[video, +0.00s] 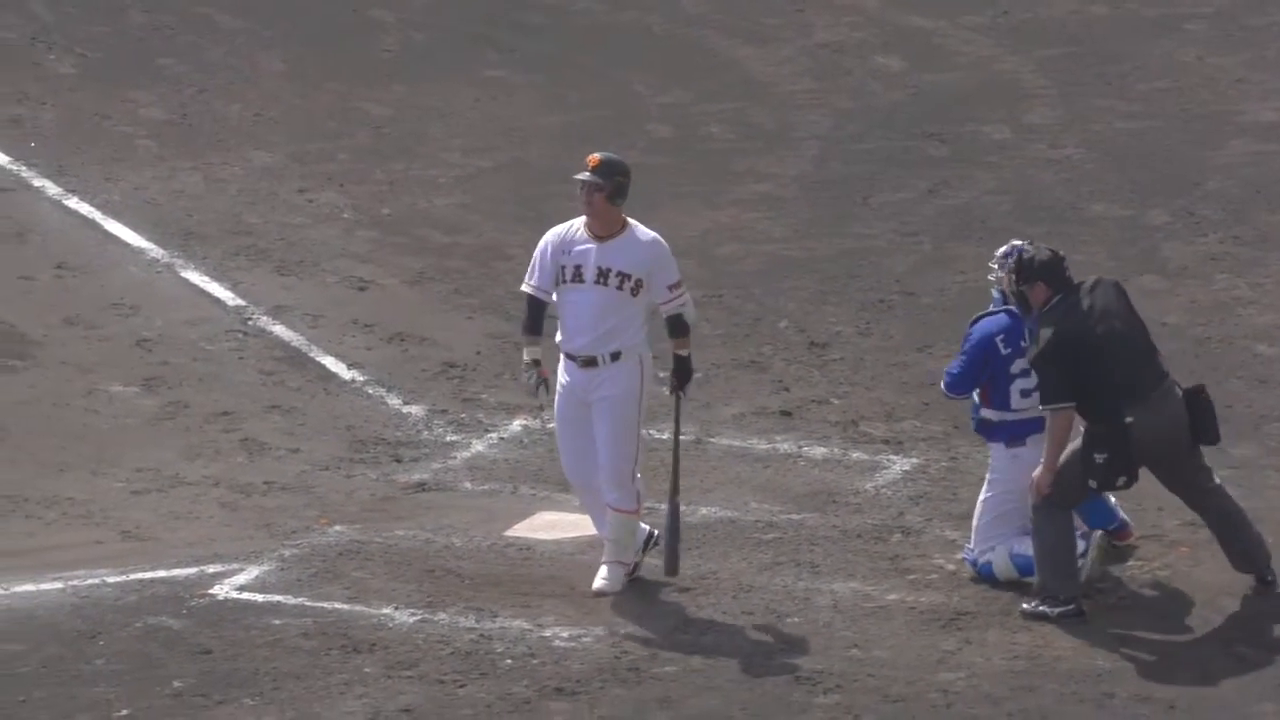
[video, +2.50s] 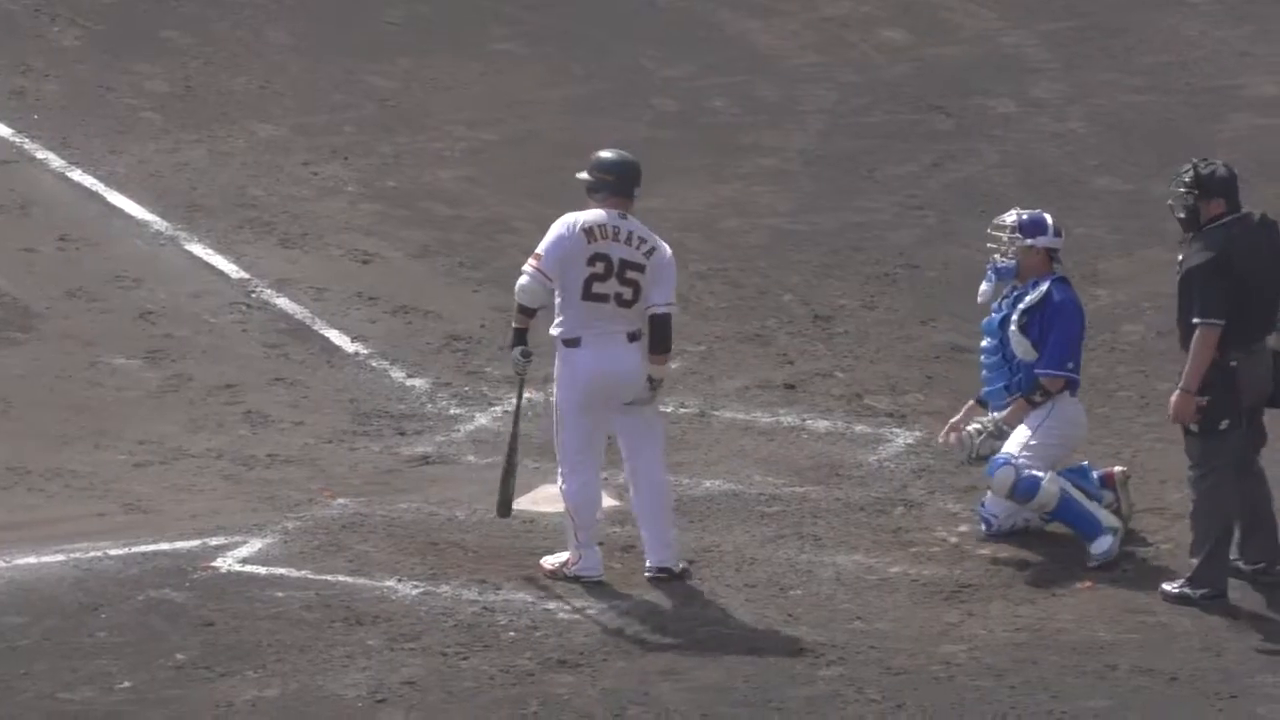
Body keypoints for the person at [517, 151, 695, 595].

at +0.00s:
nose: (586, 196)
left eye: (595, 190)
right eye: (584, 188)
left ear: (617, 195)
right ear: (581, 191)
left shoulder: (649, 247)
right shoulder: (558, 240)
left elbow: (675, 309)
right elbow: (536, 302)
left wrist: (682, 360)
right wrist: (532, 358)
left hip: (620, 371)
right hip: (570, 371)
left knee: (616, 467)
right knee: (578, 470)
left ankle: (616, 561)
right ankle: (633, 536)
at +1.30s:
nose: (576, 186)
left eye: (582, 182)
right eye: (579, 180)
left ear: (599, 189)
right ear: (610, 189)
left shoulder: (623, 245)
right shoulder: (595, 225)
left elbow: (632, 321)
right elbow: (590, 297)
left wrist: (621, 370)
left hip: (592, 360)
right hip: (572, 355)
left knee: (558, 455)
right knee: (591, 451)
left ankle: (627, 530)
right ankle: (605, 541)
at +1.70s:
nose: (581, 189)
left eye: (586, 185)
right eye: (583, 182)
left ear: (599, 191)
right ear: (623, 191)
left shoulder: (598, 246)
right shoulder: (644, 231)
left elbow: (587, 319)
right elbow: (653, 293)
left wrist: (570, 365)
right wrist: (622, 320)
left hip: (601, 357)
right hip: (631, 350)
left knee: (594, 462)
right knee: (603, 451)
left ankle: (623, 560)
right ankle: (602, 538)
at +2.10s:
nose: (572, 192)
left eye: (576, 187)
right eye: (574, 186)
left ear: (589, 190)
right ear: (618, 192)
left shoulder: (569, 232)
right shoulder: (646, 248)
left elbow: (537, 295)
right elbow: (654, 318)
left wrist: (523, 346)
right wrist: (651, 366)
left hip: (582, 366)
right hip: (630, 362)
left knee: (589, 467)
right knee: (620, 404)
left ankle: (603, 562)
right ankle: (636, 487)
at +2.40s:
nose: (579, 191)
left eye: (583, 186)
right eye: (582, 186)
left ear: (592, 189)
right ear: (626, 193)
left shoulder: (566, 226)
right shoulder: (651, 248)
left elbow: (528, 289)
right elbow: (660, 321)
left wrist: (517, 341)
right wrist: (657, 372)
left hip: (573, 360)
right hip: (625, 357)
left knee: (576, 463)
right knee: (648, 439)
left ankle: (587, 557)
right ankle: (669, 538)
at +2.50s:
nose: (585, 191)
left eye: (589, 186)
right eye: (588, 185)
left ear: (598, 188)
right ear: (631, 192)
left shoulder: (570, 226)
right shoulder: (657, 248)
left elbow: (530, 289)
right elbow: (660, 321)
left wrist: (519, 341)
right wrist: (656, 378)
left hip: (578, 358)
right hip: (632, 356)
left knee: (578, 464)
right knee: (647, 466)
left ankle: (583, 556)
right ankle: (661, 557)